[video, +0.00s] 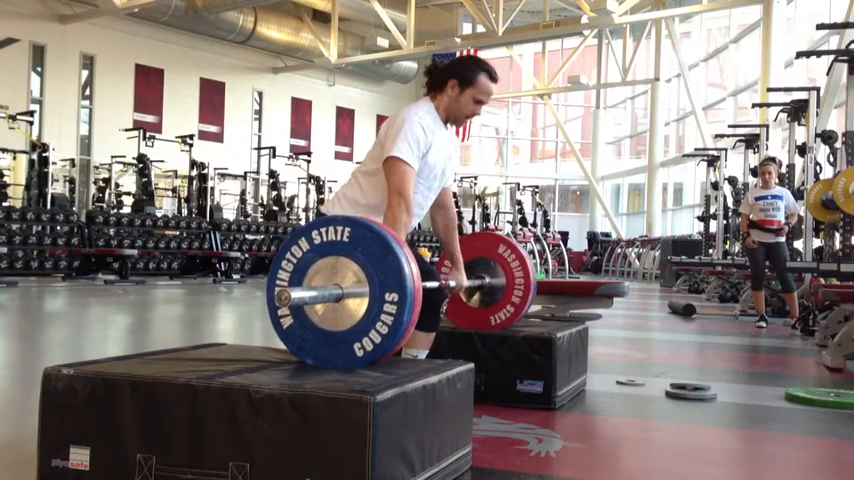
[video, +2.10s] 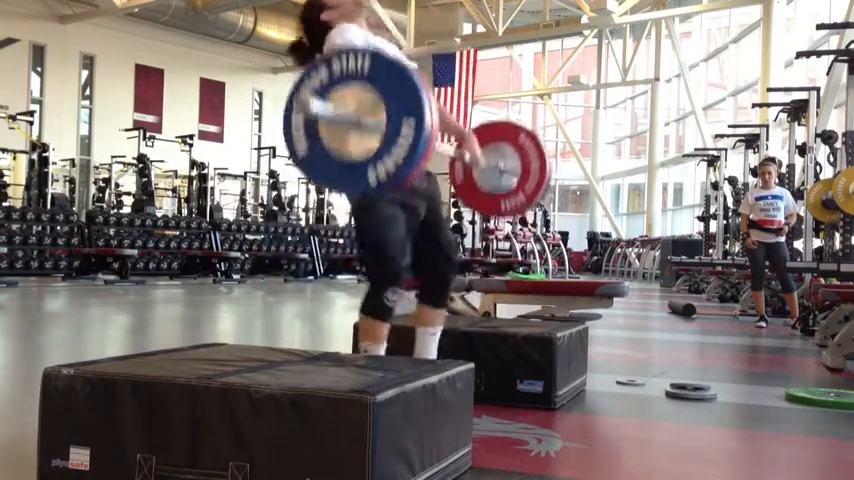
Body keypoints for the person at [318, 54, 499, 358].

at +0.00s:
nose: (478, 112)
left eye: (483, 105)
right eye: (477, 101)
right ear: (452, 88)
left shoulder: (448, 140)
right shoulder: (413, 120)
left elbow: (443, 209)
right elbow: (399, 201)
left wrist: (457, 266)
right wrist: (388, 270)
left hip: (386, 233)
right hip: (346, 226)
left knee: (432, 289)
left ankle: (407, 385)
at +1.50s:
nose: (468, 51)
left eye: (464, 45)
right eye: (458, 46)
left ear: (443, 63)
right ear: (436, 62)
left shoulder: (454, 120)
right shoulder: (424, 106)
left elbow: (447, 194)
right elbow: (407, 190)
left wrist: (456, 255)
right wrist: (396, 259)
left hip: (389, 219)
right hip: (353, 214)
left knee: (433, 285)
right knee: (391, 295)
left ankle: (409, 383)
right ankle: (371, 386)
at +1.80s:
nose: (466, 13)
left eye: (461, 7)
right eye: (455, 8)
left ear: (443, 27)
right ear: (436, 26)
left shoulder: (457, 79)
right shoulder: (429, 64)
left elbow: (450, 154)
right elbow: (406, 139)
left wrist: (454, 212)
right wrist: (392, 209)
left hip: (413, 205)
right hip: (385, 202)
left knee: (434, 285)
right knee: (402, 285)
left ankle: (412, 383)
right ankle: (374, 385)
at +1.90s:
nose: (410, 2)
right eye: (398, 1)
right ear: (378, 18)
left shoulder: (419, 62)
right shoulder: (391, 52)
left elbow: (433, 140)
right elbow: (389, 127)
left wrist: (455, 196)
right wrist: (404, 196)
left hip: (442, 201)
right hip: (412, 199)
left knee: (454, 291)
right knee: (409, 295)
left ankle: (417, 374)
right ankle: (376, 380)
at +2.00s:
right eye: (337, 1)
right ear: (334, 20)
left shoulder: (389, 52)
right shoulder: (354, 44)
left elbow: (420, 115)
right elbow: (368, 105)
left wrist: (457, 158)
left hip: (426, 183)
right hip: (390, 182)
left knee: (426, 278)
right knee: (387, 280)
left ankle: (415, 373)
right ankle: (371, 377)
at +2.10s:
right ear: (327, 14)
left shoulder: (383, 43)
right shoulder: (343, 38)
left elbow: (420, 97)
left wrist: (462, 132)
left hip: (419, 181)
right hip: (378, 185)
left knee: (441, 268)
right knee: (387, 277)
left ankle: (423, 372)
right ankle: (369, 378)